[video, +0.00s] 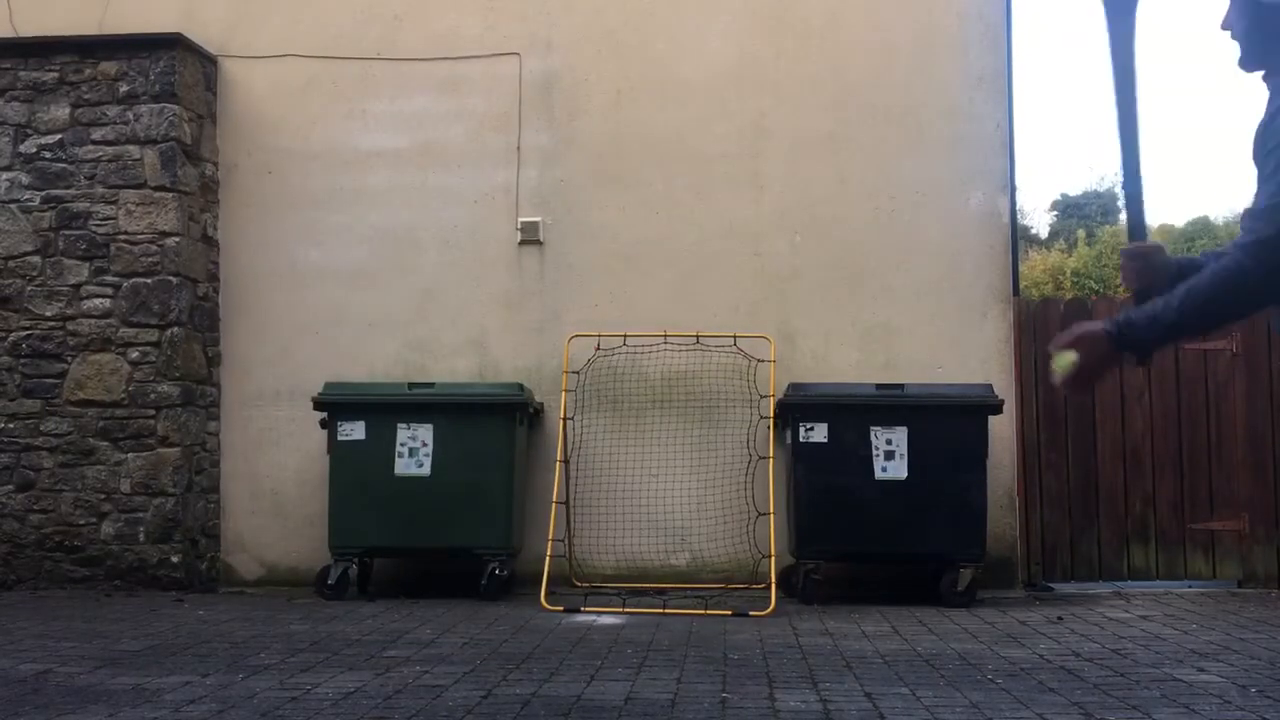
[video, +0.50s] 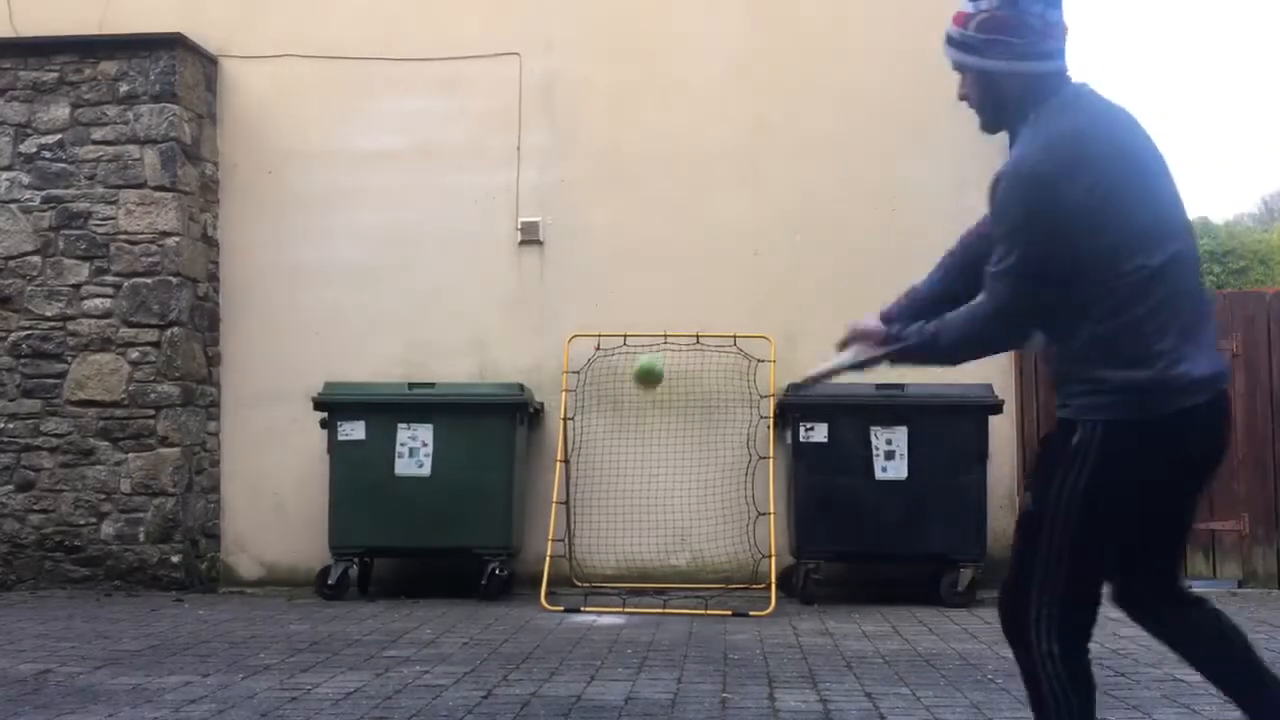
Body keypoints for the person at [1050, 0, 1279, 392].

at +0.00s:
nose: (1226, 23)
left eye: (1237, 4)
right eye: (1232, 6)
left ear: (1271, 10)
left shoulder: (1273, 118)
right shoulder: (1271, 117)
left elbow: (1264, 257)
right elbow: (1260, 246)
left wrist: (1121, 334)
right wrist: (1174, 272)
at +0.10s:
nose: (1179, 40)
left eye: (1193, 18)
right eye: (1182, 20)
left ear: (1240, 22)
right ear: (1231, 28)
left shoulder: (1268, 120)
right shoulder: (1242, 125)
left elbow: (1256, 259)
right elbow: (1209, 247)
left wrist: (1111, 270)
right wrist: (1115, 275)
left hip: (1279, 412)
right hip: (1269, 409)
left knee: (1260, 621)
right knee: (1256, 619)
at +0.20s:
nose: (1151, 55)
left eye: (1163, 34)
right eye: (1154, 36)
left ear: (1210, 38)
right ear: (1209, 43)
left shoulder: (1264, 128)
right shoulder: (1203, 142)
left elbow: (1257, 258)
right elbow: (1182, 251)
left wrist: (1116, 248)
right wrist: (1108, 259)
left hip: (1275, 411)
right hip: (1253, 408)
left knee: (1201, 606)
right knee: (1232, 605)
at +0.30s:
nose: (1074, 73)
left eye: (1083, 52)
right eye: (1073, 54)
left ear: (1131, 50)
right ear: (1140, 53)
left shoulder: (1219, 129)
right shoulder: (1137, 144)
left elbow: (1181, 253)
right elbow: (1075, 256)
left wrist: (1060, 191)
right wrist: (1027, 233)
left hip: (1253, 415)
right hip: (1215, 415)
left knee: (1122, 592)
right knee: (1268, 608)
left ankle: (1150, 716)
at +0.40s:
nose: (1036, 78)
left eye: (1048, 60)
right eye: (1035, 61)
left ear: (1096, 55)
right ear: (1101, 59)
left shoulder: (1159, 133)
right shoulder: (1104, 141)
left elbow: (1111, 277)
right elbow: (1038, 239)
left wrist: (1005, 220)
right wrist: (960, 234)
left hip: (1212, 407)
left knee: (1103, 599)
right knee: (1266, 601)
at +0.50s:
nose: (959, 89)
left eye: (966, 71)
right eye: (958, 71)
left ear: (1006, 69)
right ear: (1036, 64)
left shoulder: (1038, 163)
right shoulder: (1097, 119)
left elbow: (1008, 314)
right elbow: (991, 241)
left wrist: (901, 343)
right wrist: (899, 316)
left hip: (1114, 420)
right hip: (1190, 406)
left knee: (1040, 614)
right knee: (1148, 589)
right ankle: (1268, 703)